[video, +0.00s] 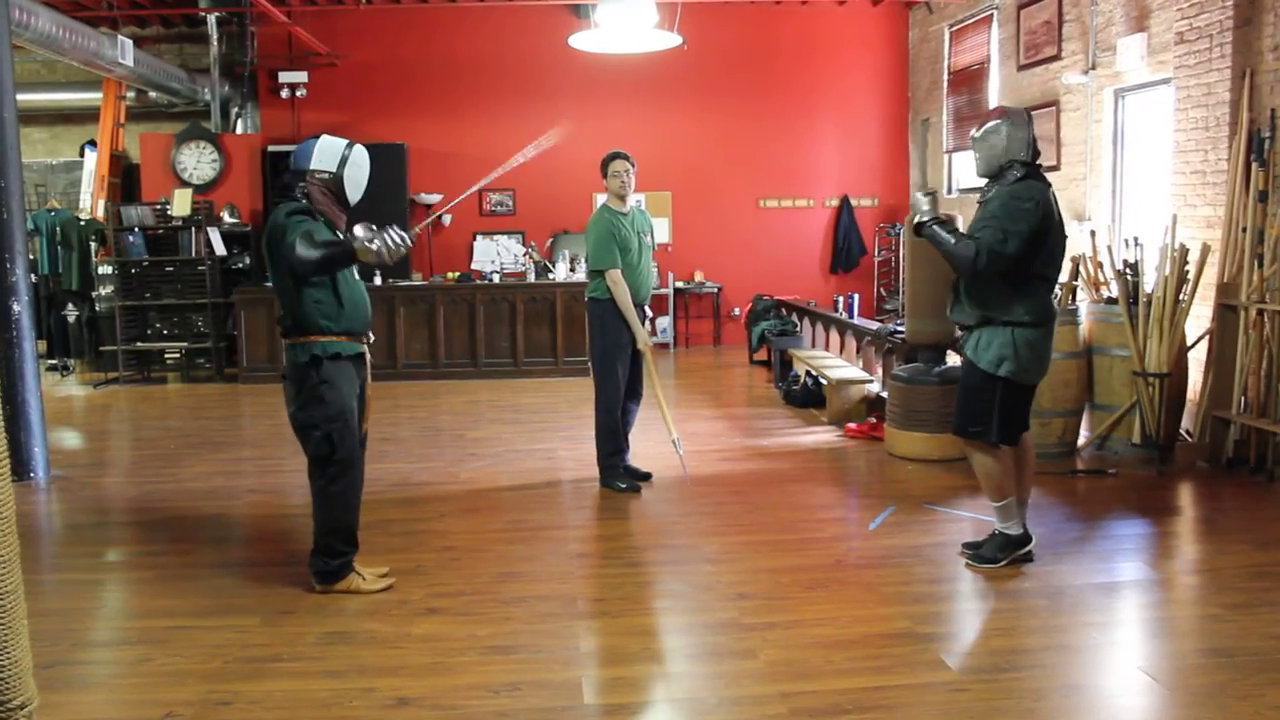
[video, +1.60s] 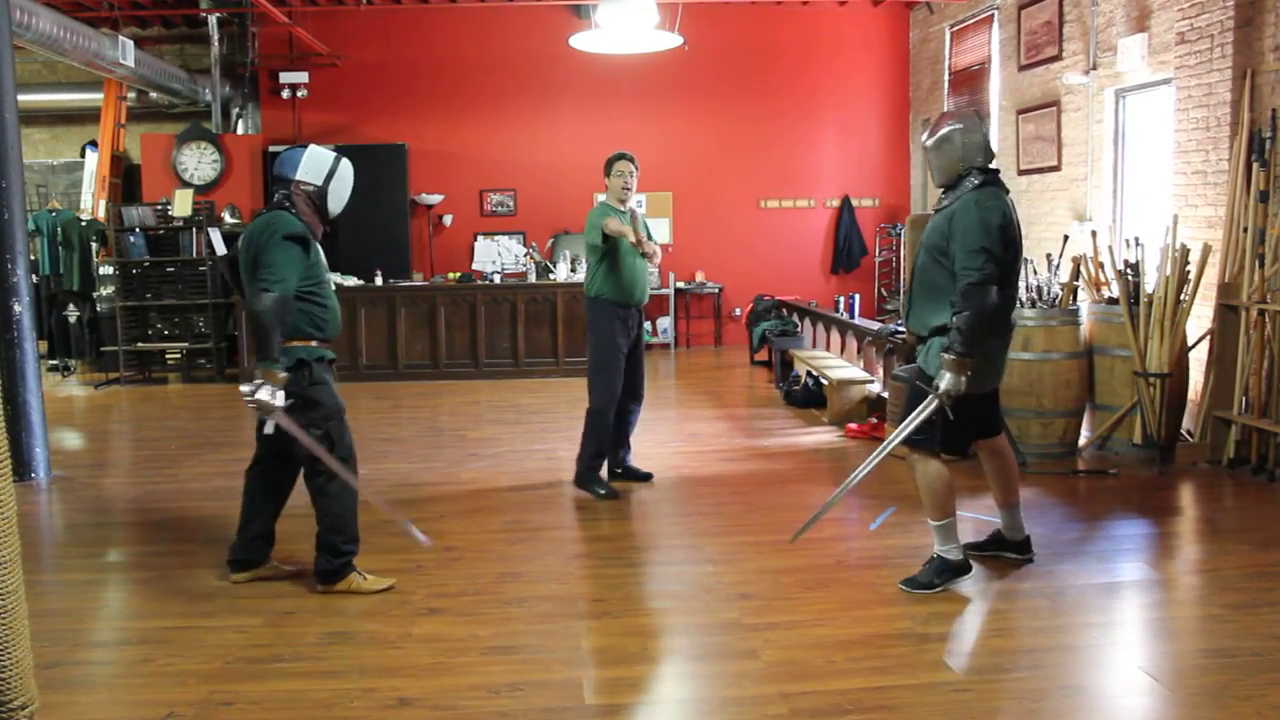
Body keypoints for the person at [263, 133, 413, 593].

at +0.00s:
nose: (352, 190)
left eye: (352, 181)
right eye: (348, 180)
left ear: (320, 176)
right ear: (325, 176)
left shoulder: (325, 222)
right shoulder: (295, 219)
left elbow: (342, 268)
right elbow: (306, 260)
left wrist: (378, 254)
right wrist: (356, 245)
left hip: (343, 357)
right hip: (321, 360)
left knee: (345, 462)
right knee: (337, 463)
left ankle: (339, 562)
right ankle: (333, 570)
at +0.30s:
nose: (350, 191)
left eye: (350, 182)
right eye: (345, 181)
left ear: (314, 178)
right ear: (324, 177)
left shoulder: (307, 223)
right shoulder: (297, 225)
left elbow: (347, 271)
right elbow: (344, 277)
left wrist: (404, 244)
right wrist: (401, 241)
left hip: (334, 358)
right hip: (319, 360)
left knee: (339, 462)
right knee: (336, 464)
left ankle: (336, 563)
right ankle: (334, 570)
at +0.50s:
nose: (354, 199)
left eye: (355, 191)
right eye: (351, 189)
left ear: (314, 182)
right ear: (330, 182)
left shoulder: (286, 225)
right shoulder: (313, 225)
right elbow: (372, 265)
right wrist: (391, 223)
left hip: (315, 360)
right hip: (331, 362)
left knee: (333, 466)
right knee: (342, 465)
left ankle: (335, 563)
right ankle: (335, 570)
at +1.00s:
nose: (357, 199)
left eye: (357, 191)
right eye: (354, 188)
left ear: (316, 181)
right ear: (335, 181)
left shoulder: (287, 224)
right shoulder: (319, 224)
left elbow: (256, 266)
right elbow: (351, 271)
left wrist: (291, 301)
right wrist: (401, 271)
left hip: (306, 359)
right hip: (328, 362)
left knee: (329, 466)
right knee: (342, 466)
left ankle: (334, 562)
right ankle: (335, 571)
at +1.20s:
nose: (356, 201)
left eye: (356, 192)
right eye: (354, 190)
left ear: (314, 180)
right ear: (336, 182)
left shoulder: (279, 224)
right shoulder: (316, 226)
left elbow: (254, 264)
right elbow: (333, 290)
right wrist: (385, 331)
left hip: (295, 358)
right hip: (320, 359)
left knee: (314, 459)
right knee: (340, 462)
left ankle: (288, 553)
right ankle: (334, 570)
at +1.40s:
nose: (347, 201)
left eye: (348, 192)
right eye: (345, 191)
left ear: (306, 183)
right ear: (325, 184)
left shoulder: (274, 226)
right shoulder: (304, 230)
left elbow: (250, 278)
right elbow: (307, 303)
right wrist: (329, 366)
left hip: (288, 359)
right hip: (311, 361)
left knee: (293, 458)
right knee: (339, 463)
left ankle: (253, 551)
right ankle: (337, 568)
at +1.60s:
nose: (333, 208)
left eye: (333, 199)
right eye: (331, 196)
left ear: (293, 187)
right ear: (312, 188)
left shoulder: (262, 229)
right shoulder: (286, 230)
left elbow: (233, 276)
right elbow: (270, 299)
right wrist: (269, 370)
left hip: (287, 363)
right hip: (305, 363)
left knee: (274, 463)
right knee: (335, 464)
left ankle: (248, 559)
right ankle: (337, 569)